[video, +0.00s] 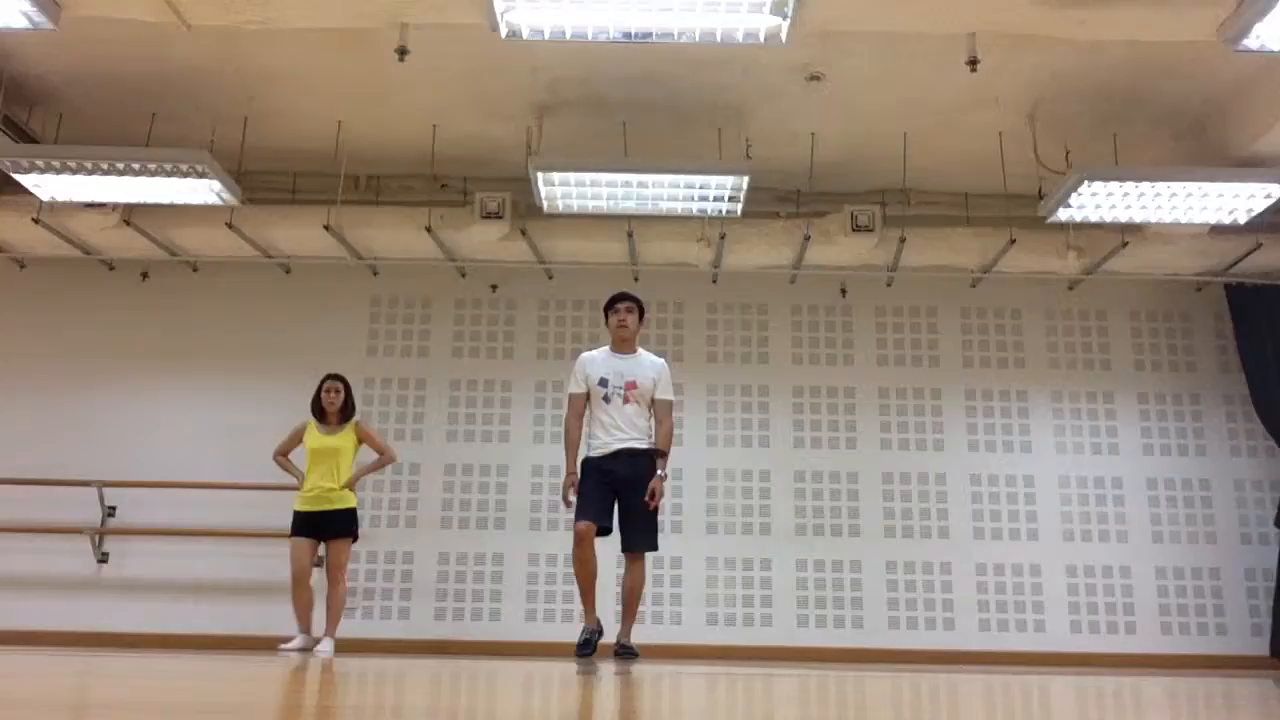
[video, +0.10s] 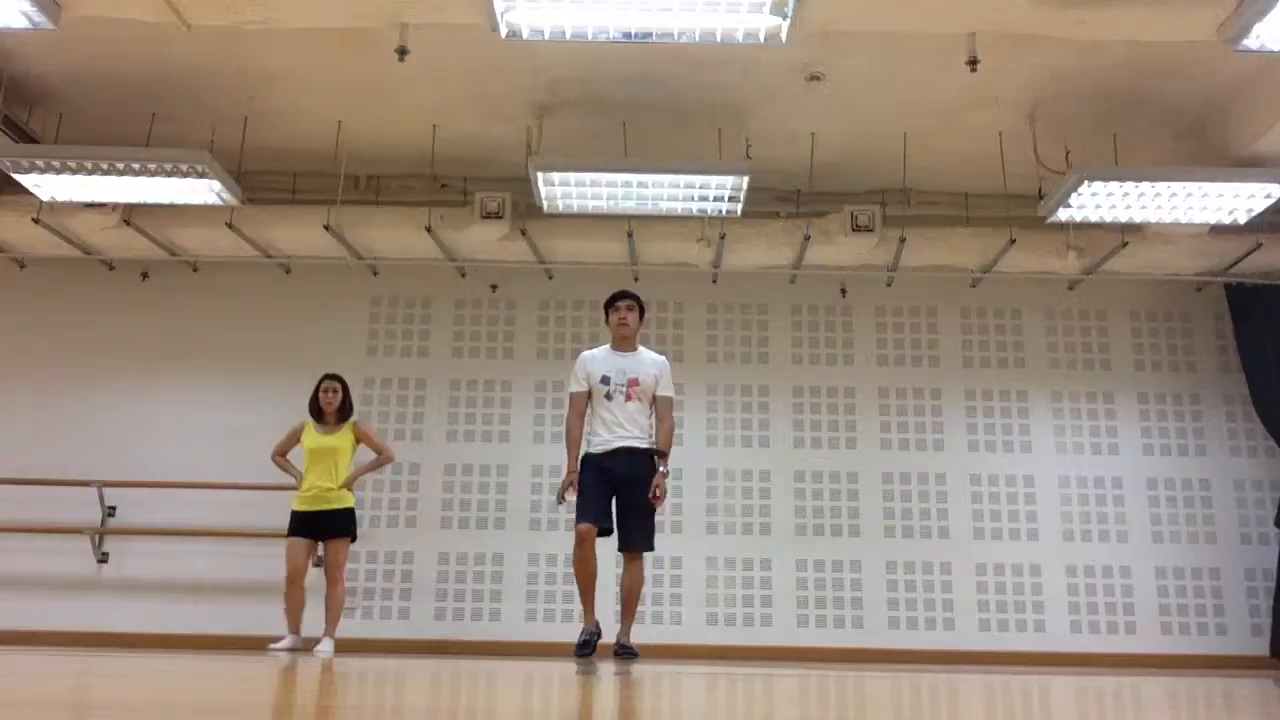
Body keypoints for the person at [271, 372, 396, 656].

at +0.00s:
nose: (331, 396)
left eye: (337, 391)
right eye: (327, 391)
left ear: (346, 397)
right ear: (319, 396)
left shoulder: (356, 428)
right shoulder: (308, 428)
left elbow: (390, 455)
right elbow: (278, 455)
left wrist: (357, 476)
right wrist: (300, 476)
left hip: (340, 506)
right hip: (307, 506)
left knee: (336, 575)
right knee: (299, 572)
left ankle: (328, 638)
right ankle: (304, 635)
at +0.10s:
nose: (329, 396)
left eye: (335, 391)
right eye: (324, 391)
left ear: (343, 397)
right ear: (317, 396)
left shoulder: (353, 428)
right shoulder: (305, 428)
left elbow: (388, 455)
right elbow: (277, 455)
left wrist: (355, 475)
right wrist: (298, 475)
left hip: (338, 506)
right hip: (305, 506)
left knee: (335, 575)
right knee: (294, 573)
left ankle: (328, 638)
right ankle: (294, 635)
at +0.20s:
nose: (324, 395)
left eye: (330, 391)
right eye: (320, 391)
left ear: (339, 396)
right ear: (313, 395)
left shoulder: (349, 427)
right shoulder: (301, 427)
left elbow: (382, 455)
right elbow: (272, 454)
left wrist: (349, 476)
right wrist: (292, 474)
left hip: (332, 506)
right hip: (298, 505)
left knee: (331, 576)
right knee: (287, 575)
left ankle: (328, 638)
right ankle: (282, 636)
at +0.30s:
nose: (319, 396)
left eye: (325, 391)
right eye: (315, 391)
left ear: (334, 396)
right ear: (308, 395)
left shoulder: (343, 427)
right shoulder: (295, 426)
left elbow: (375, 456)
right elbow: (264, 453)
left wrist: (342, 476)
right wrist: (285, 473)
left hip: (324, 505)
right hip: (291, 504)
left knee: (324, 576)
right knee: (282, 573)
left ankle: (326, 637)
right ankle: (281, 636)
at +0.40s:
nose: (315, 396)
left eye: (321, 391)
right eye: (311, 391)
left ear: (329, 397)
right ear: (303, 395)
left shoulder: (339, 428)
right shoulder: (290, 427)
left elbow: (370, 456)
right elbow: (258, 452)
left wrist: (338, 477)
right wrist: (279, 472)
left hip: (319, 506)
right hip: (286, 505)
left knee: (316, 576)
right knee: (281, 574)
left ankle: (322, 636)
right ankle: (280, 636)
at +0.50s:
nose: (312, 396)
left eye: (318, 392)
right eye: (308, 391)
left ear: (326, 397)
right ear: (300, 395)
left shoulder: (336, 428)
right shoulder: (287, 427)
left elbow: (368, 457)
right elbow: (254, 452)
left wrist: (335, 477)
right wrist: (277, 472)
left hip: (316, 507)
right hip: (283, 505)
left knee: (311, 574)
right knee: (280, 574)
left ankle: (312, 635)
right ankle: (280, 636)